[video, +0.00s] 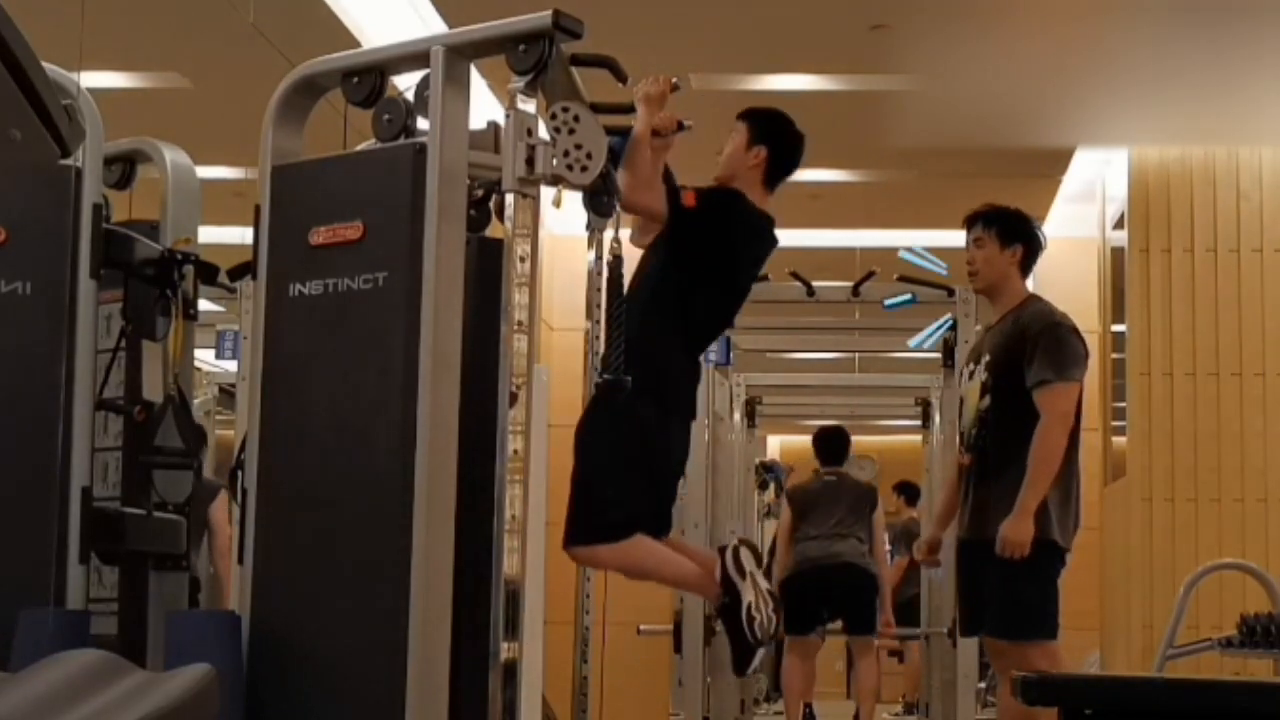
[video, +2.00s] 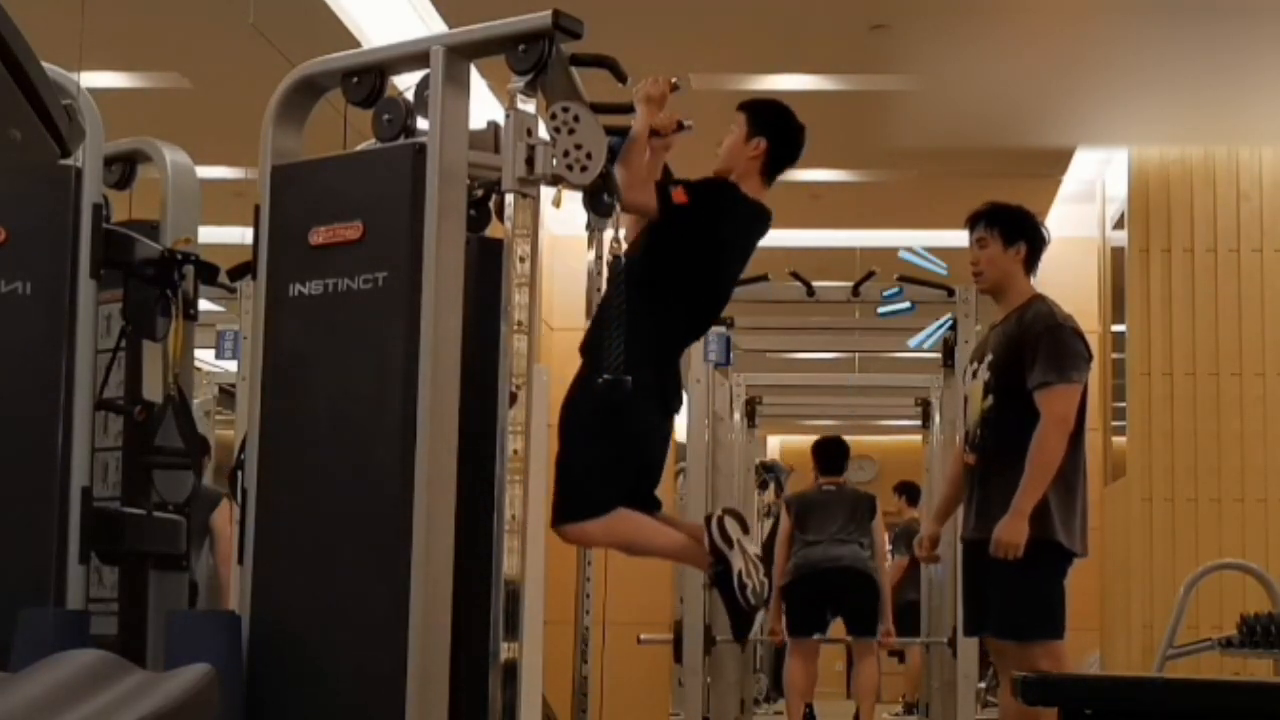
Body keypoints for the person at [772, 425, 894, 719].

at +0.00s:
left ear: (815, 454)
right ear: (848, 453)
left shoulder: (795, 494)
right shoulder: (868, 493)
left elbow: (782, 555)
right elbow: (880, 557)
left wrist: (779, 599)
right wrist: (886, 609)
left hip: (804, 581)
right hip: (855, 581)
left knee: (797, 652)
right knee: (865, 652)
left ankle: (794, 716)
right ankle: (865, 715)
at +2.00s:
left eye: (814, 461)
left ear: (813, 464)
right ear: (847, 464)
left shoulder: (794, 503)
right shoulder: (867, 502)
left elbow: (780, 564)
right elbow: (882, 564)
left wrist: (775, 613)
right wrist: (887, 618)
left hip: (806, 585)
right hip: (858, 584)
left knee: (801, 653)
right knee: (865, 653)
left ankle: (798, 715)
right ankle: (865, 715)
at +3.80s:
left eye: (814, 396)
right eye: (840, 396)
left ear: (810, 399)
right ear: (844, 398)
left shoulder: (790, 448)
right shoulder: (866, 447)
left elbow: (771, 509)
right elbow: (884, 510)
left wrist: (772, 559)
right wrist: (888, 560)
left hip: (806, 567)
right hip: (854, 566)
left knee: (805, 651)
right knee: (858, 651)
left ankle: (797, 716)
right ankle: (863, 715)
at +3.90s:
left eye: (814, 396)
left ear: (811, 399)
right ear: (845, 398)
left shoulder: (790, 448)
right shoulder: (866, 446)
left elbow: (771, 508)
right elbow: (884, 510)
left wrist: (772, 559)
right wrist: (888, 560)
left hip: (805, 567)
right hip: (854, 566)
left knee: (805, 650)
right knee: (858, 651)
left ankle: (797, 716)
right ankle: (863, 715)